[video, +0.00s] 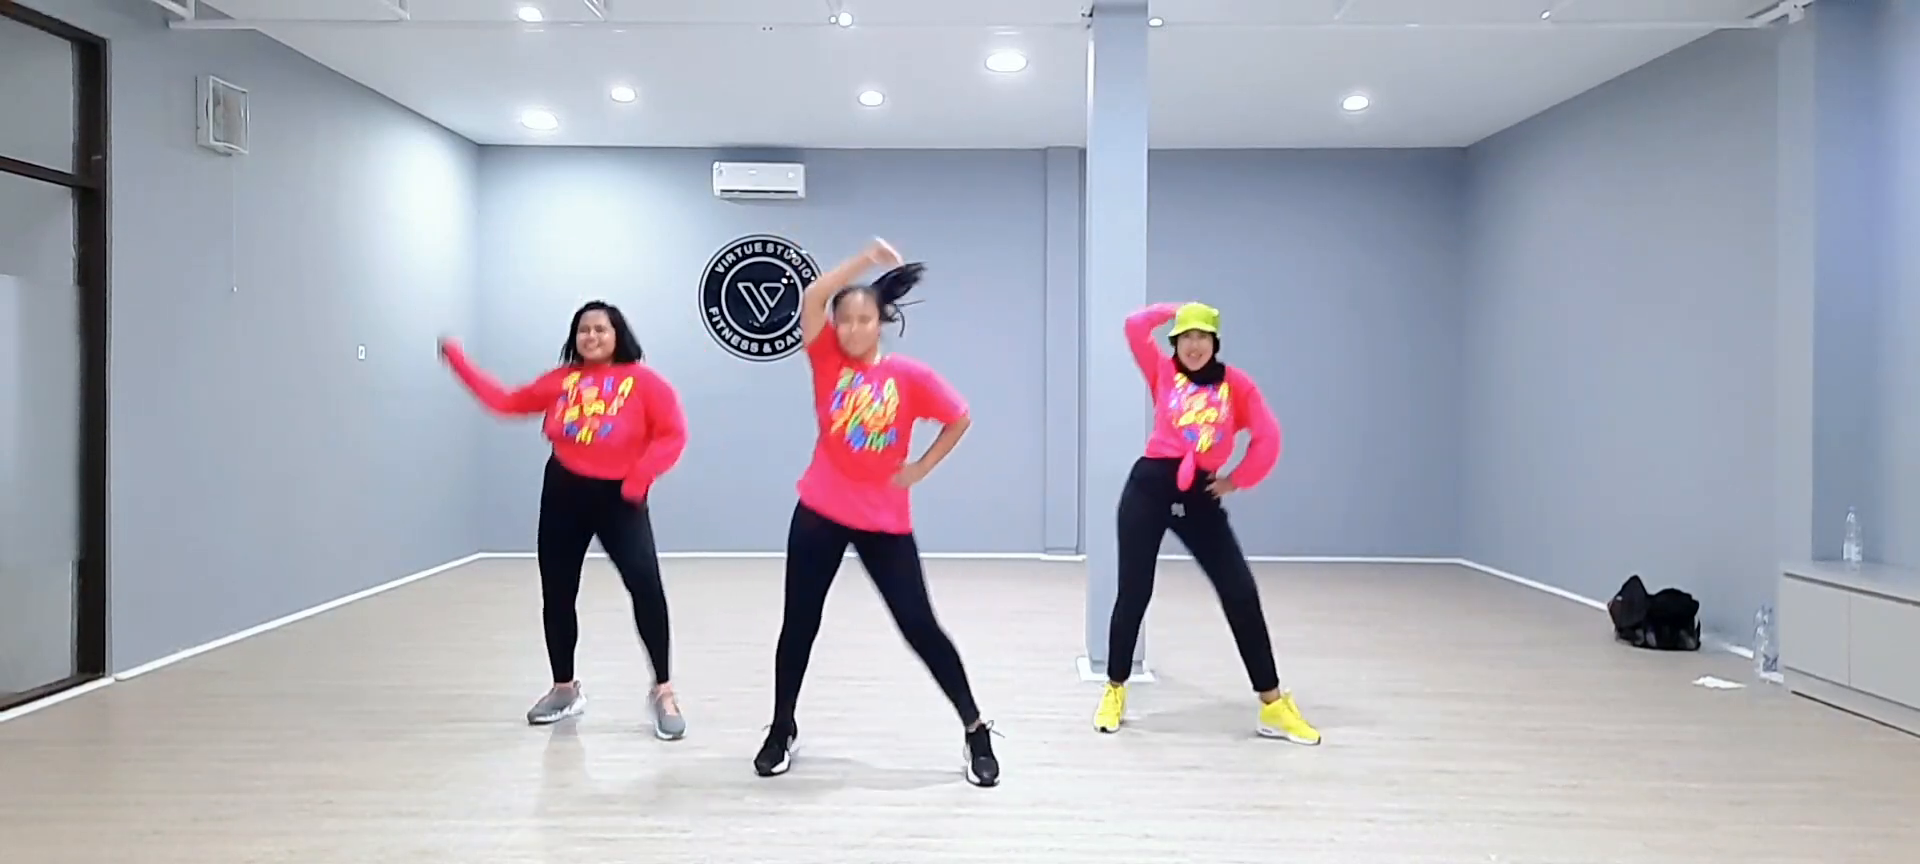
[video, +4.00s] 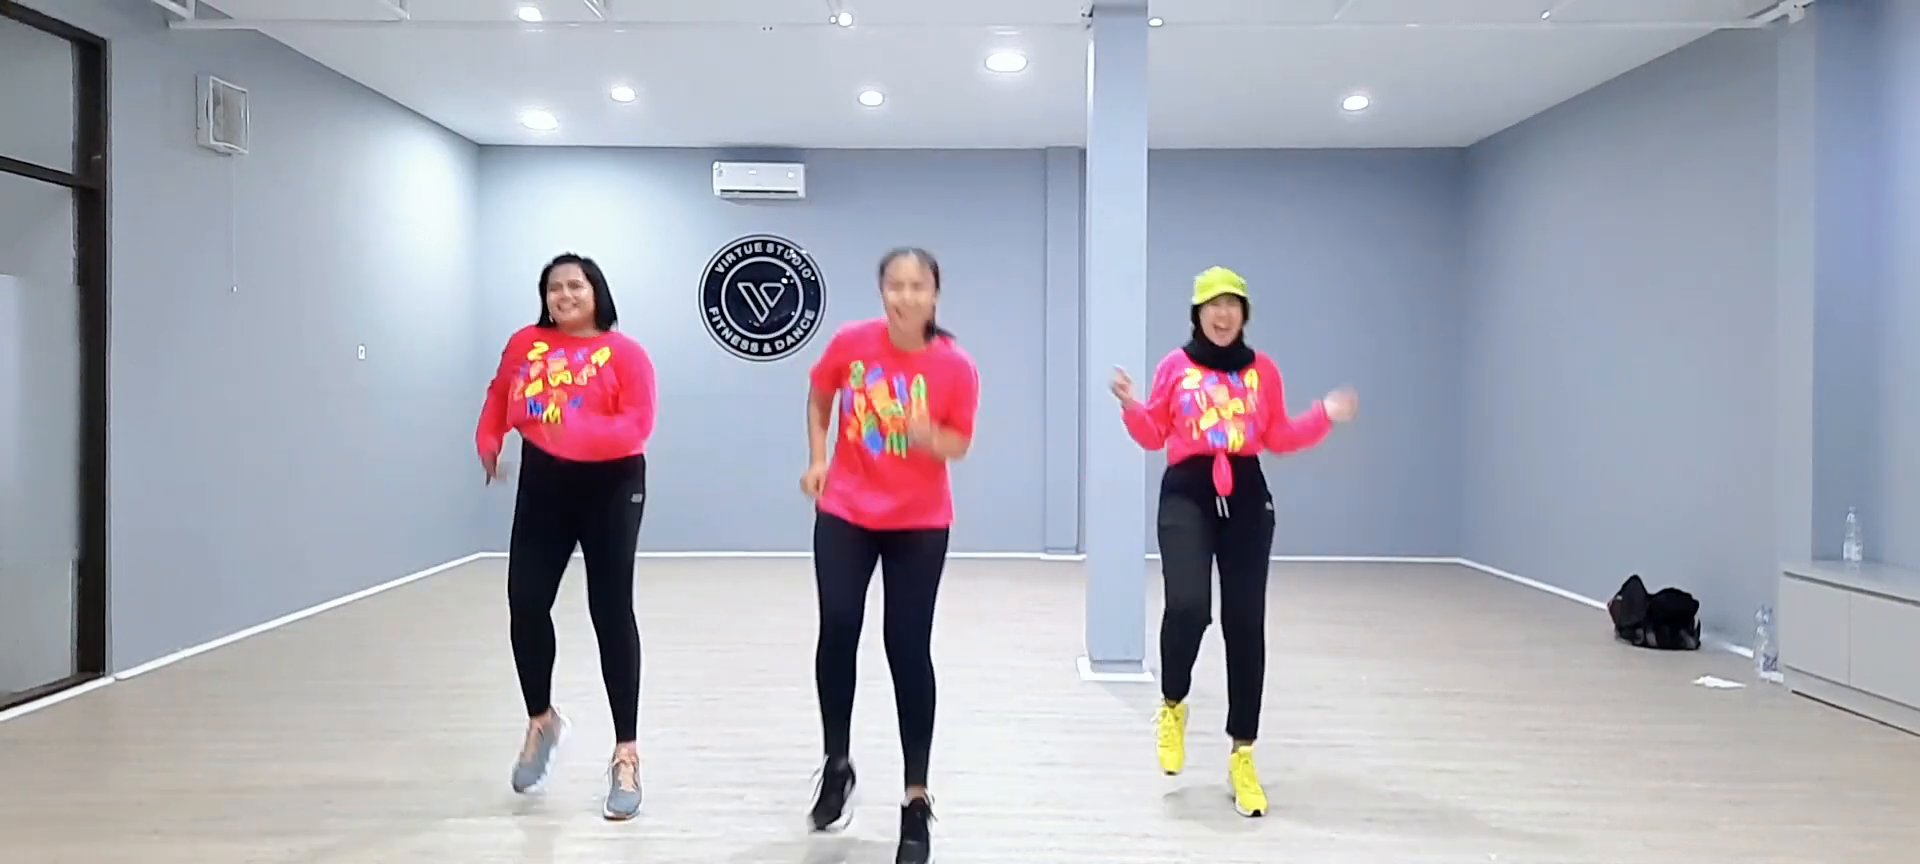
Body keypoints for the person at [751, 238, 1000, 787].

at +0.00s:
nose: (854, 328)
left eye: (864, 320)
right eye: (846, 319)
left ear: (882, 324)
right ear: (833, 324)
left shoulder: (906, 375)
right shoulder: (827, 361)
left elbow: (958, 418)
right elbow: (811, 297)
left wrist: (919, 469)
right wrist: (866, 259)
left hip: (883, 517)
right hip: (820, 509)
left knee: (920, 629)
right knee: (798, 624)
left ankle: (976, 730)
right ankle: (780, 729)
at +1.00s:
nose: (943, 350)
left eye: (946, 340)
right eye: (941, 338)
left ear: (910, 331)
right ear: (916, 330)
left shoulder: (893, 379)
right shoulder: (885, 380)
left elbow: (866, 456)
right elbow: (859, 453)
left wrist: (909, 481)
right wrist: (919, 481)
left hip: (868, 524)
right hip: (845, 526)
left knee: (912, 615)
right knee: (880, 653)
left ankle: (891, 739)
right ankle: (834, 796)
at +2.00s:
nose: (911, 302)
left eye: (921, 295)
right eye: (902, 295)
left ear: (938, 304)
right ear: (891, 304)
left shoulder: (961, 356)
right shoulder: (876, 355)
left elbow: (1015, 388)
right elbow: (853, 408)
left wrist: (1037, 441)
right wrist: (822, 426)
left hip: (968, 498)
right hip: (915, 504)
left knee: (947, 607)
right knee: (927, 616)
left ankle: (988, 722)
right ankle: (978, 709)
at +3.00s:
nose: (796, 344)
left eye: (806, 333)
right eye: (785, 334)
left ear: (822, 337)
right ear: (768, 338)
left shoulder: (851, 368)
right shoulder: (747, 389)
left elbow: (922, 346)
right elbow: (677, 401)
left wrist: (922, 394)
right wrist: (612, 432)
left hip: (844, 533)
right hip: (774, 534)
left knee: (861, 661)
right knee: (752, 660)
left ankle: (823, 728)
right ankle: (749, 772)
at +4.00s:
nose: (906, 295)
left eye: (917, 286)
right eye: (897, 285)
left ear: (936, 295)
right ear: (881, 293)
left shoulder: (955, 365)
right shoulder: (849, 344)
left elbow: (960, 445)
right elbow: (820, 395)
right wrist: (818, 453)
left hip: (918, 523)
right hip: (844, 514)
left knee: (907, 646)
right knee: (837, 632)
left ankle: (915, 799)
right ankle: (836, 762)